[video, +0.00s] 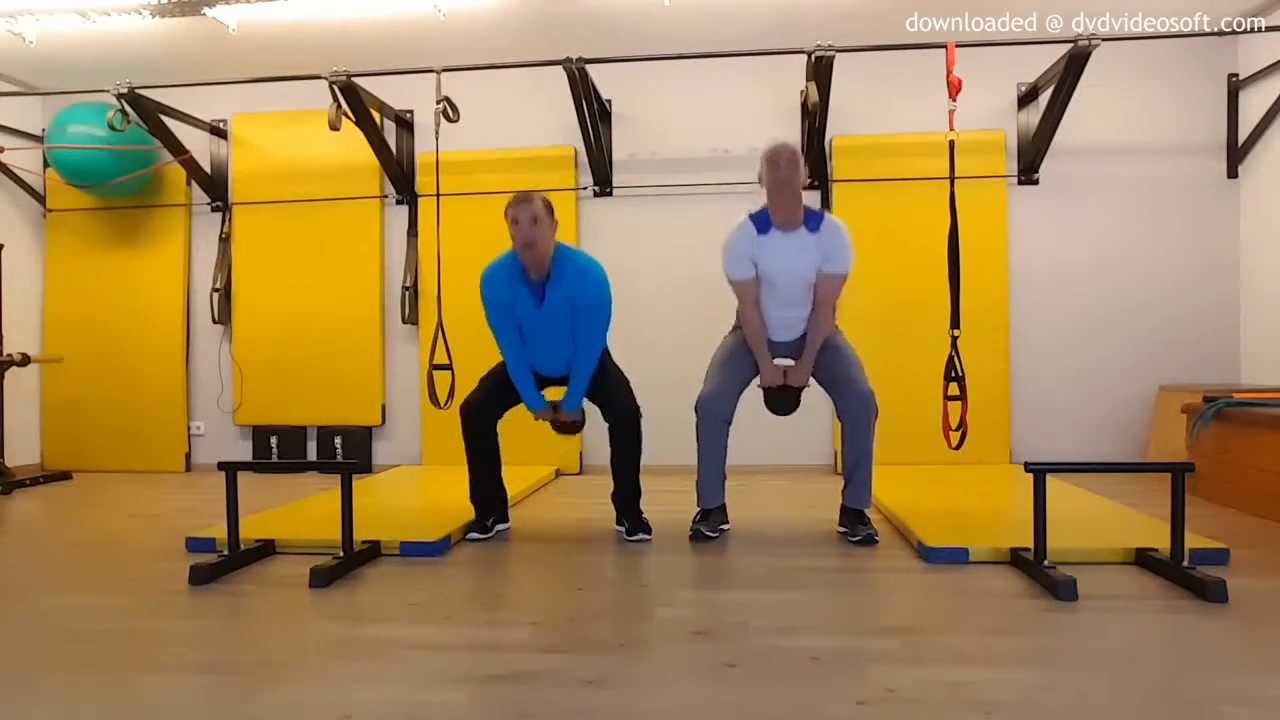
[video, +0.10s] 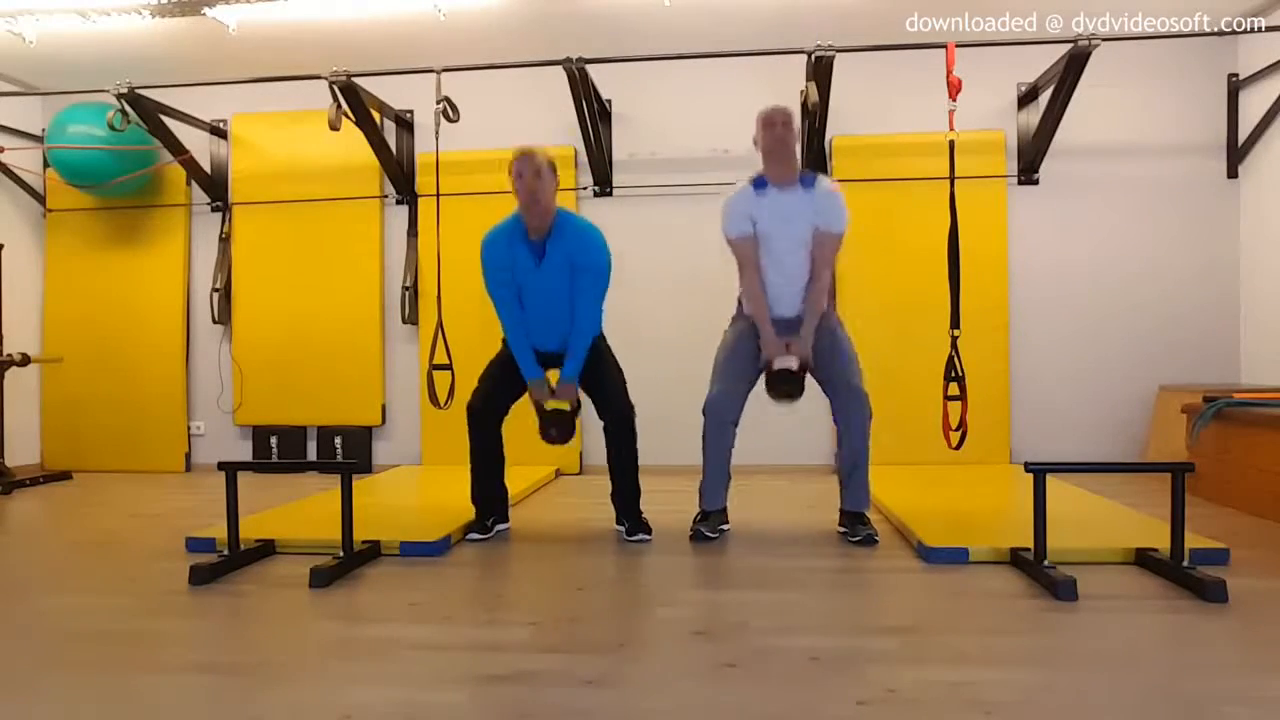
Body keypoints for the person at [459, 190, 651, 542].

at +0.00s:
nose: (526, 231)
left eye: (535, 221)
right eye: (517, 223)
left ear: (553, 226)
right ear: (509, 231)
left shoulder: (588, 274)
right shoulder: (495, 280)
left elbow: (589, 348)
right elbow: (512, 351)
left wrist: (572, 404)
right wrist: (538, 405)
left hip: (585, 362)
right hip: (527, 366)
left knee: (626, 413)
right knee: (475, 413)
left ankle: (629, 514)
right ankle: (492, 514)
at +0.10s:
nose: (528, 183)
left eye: (537, 175)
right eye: (520, 176)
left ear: (555, 183)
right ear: (512, 186)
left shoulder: (588, 241)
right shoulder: (496, 245)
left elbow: (588, 321)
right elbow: (512, 322)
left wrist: (569, 378)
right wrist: (536, 384)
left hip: (582, 346)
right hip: (524, 348)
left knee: (620, 413)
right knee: (482, 411)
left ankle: (629, 514)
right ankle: (492, 513)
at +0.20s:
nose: (531, 144)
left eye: (541, 136)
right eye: (524, 138)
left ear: (560, 147)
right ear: (516, 150)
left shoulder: (587, 205)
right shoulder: (500, 208)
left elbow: (582, 278)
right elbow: (502, 279)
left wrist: (559, 337)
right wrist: (518, 337)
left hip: (577, 326)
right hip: (520, 327)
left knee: (610, 410)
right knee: (489, 412)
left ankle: (628, 514)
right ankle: (492, 514)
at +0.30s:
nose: (538, 128)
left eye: (546, 122)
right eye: (531, 123)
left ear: (564, 134)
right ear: (521, 136)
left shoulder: (588, 184)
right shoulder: (502, 186)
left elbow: (581, 230)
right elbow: (492, 228)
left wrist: (550, 260)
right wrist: (508, 261)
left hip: (574, 317)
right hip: (521, 316)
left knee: (603, 413)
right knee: (500, 413)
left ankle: (628, 513)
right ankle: (492, 513)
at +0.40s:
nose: (540, 131)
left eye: (548, 126)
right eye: (534, 126)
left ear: (566, 138)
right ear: (524, 139)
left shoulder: (587, 178)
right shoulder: (511, 178)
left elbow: (590, 197)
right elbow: (492, 197)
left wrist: (543, 199)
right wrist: (510, 203)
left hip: (573, 316)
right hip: (520, 313)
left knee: (600, 415)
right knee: (505, 416)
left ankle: (629, 515)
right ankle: (493, 515)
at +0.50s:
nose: (546, 129)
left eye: (554, 124)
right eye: (538, 125)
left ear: (570, 140)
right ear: (527, 139)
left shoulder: (589, 176)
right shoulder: (514, 180)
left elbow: (577, 174)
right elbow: (488, 180)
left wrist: (537, 143)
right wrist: (493, 144)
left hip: (572, 312)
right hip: (519, 310)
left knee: (599, 413)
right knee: (506, 415)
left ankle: (630, 516)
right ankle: (493, 515)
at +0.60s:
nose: (535, 140)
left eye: (543, 134)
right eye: (531, 135)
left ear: (560, 141)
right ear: (527, 142)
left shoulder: (586, 177)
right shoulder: (513, 180)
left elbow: (575, 147)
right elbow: (486, 162)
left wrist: (540, 107)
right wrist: (494, 115)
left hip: (573, 312)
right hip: (521, 310)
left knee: (599, 414)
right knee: (507, 416)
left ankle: (630, 515)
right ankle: (493, 515)